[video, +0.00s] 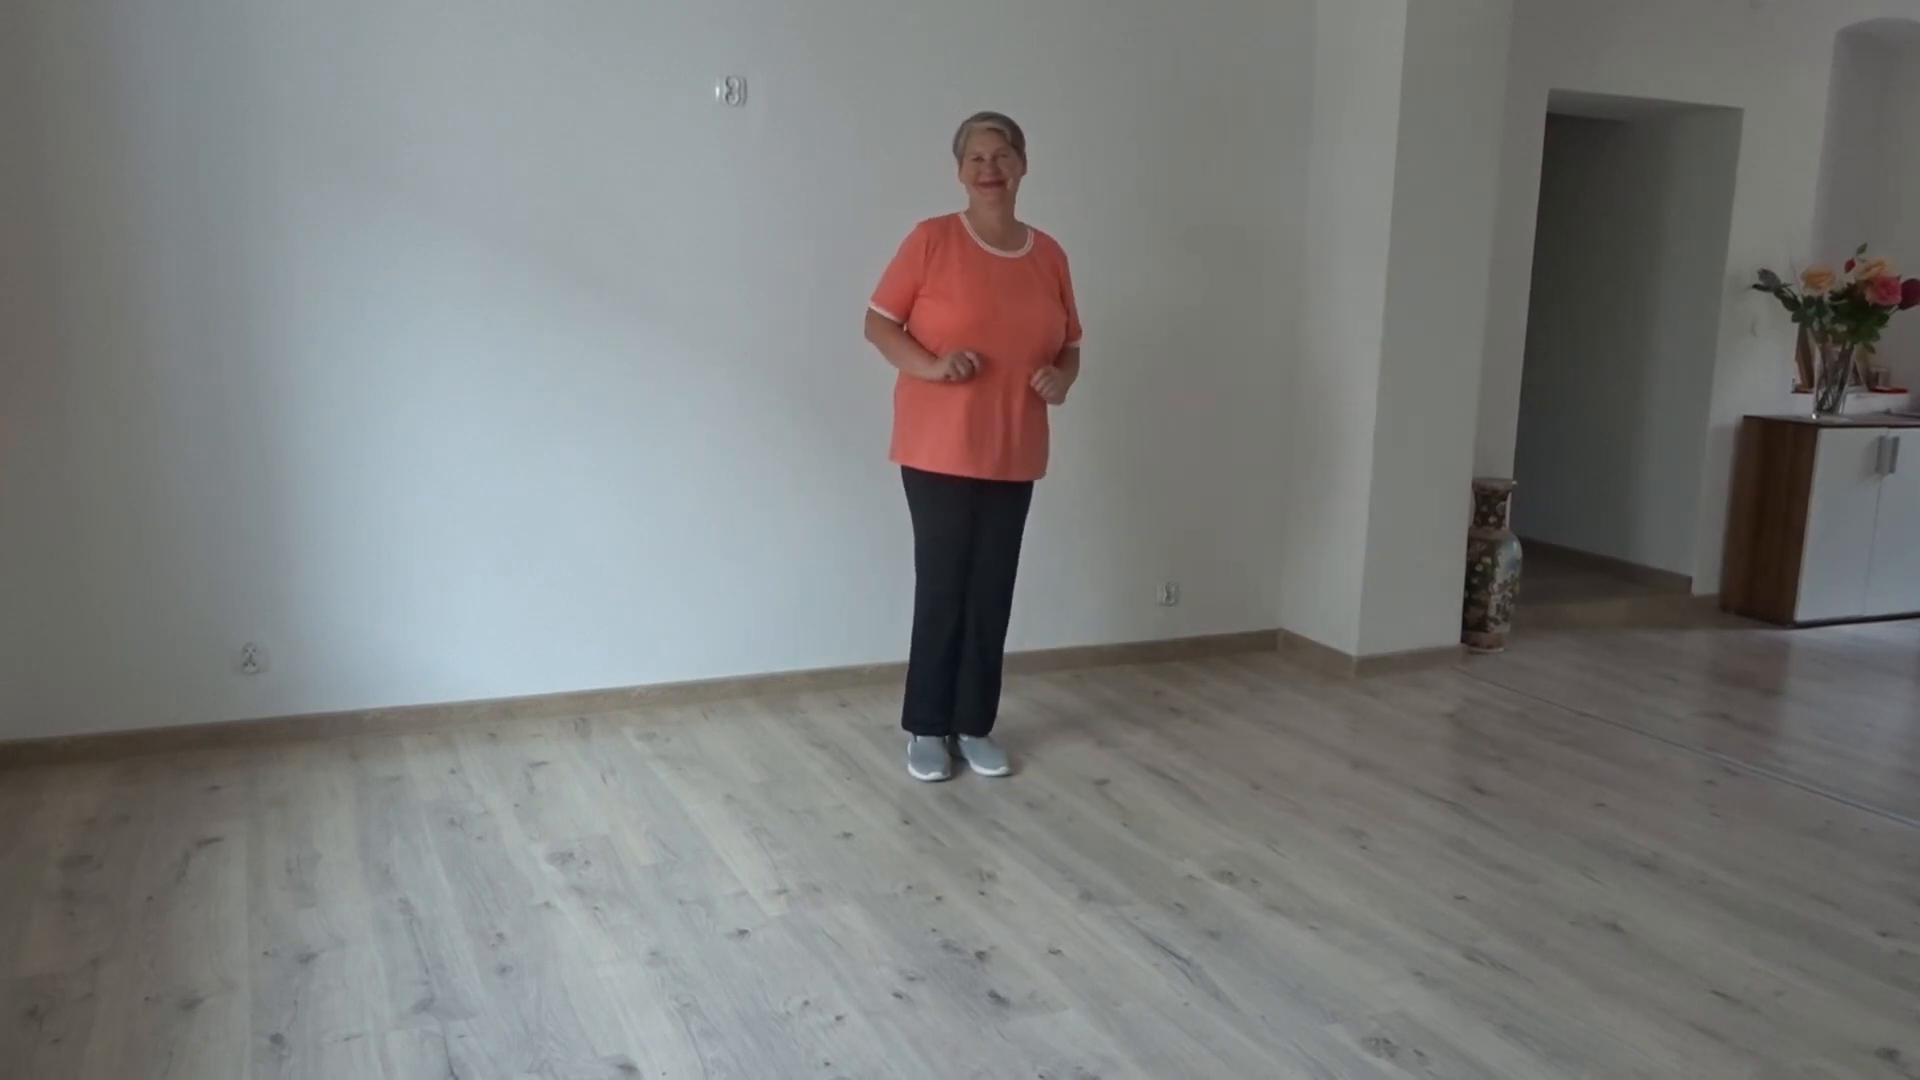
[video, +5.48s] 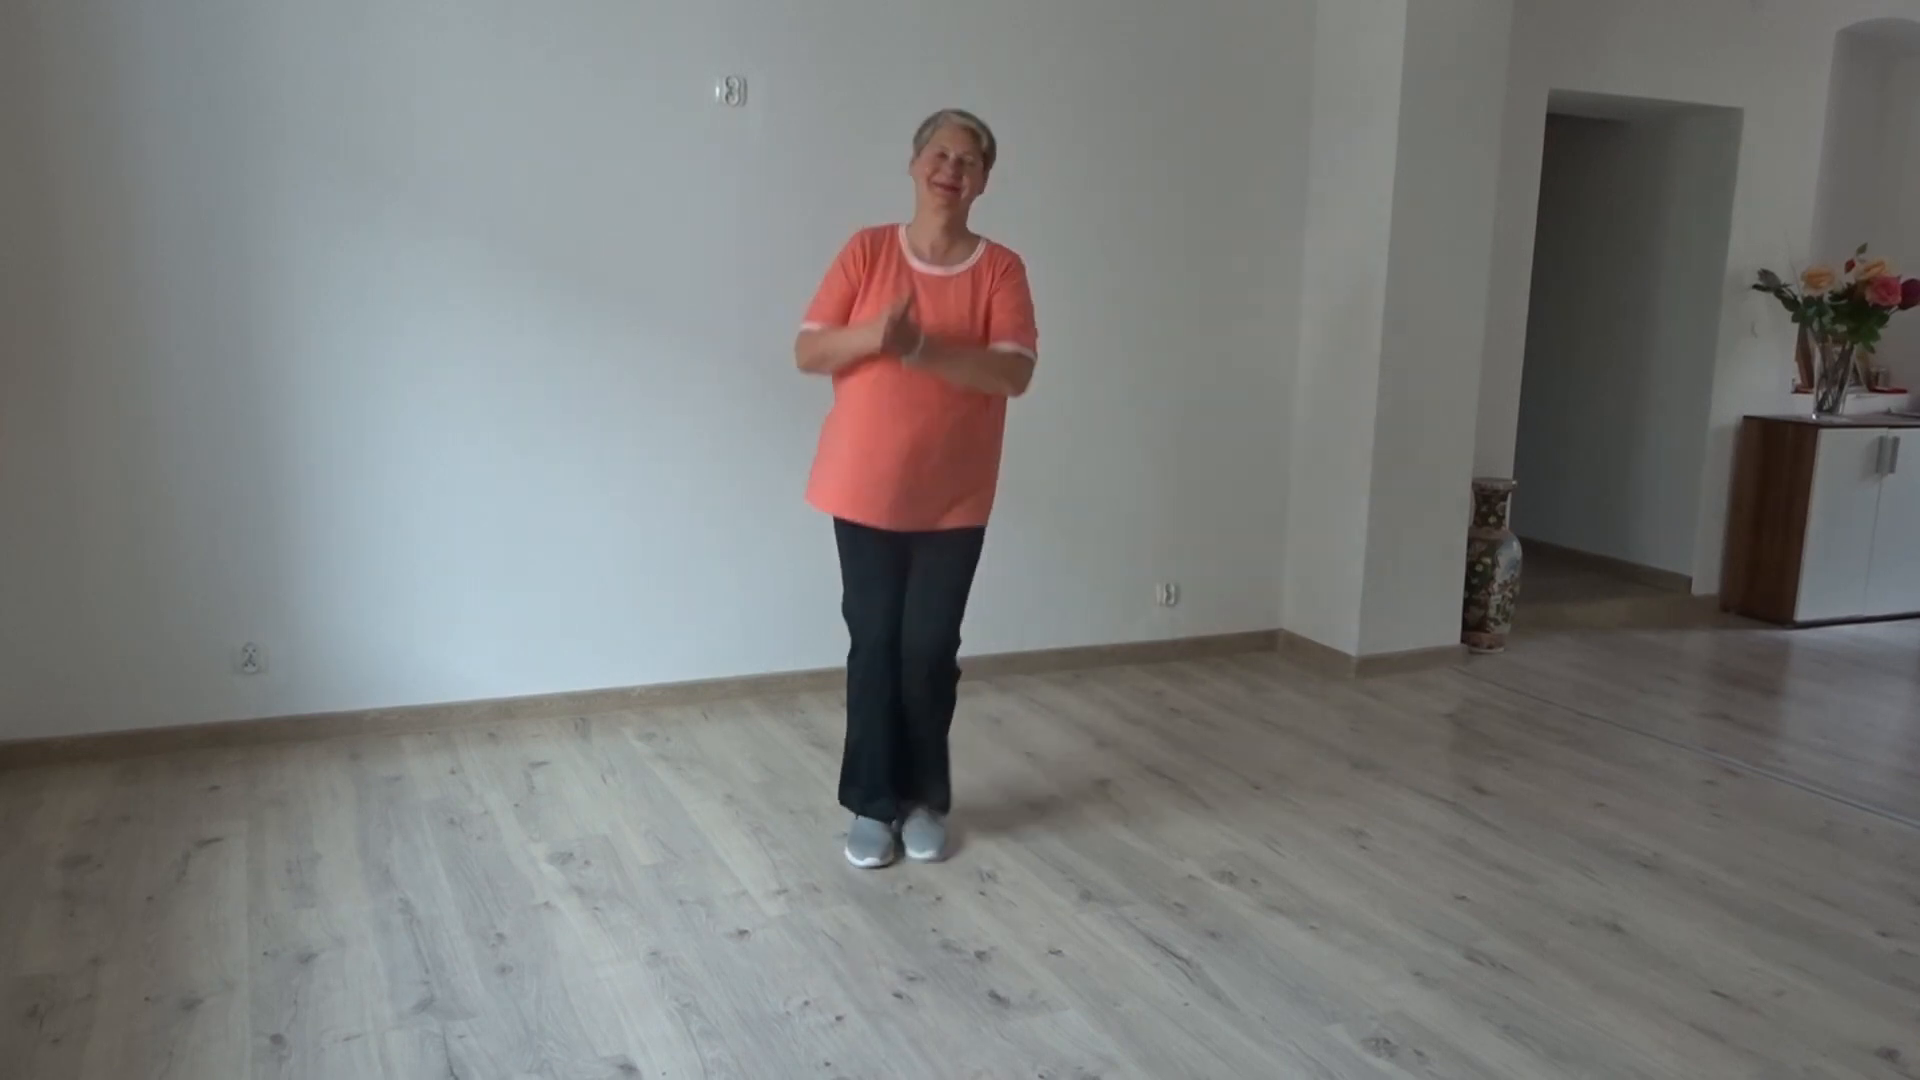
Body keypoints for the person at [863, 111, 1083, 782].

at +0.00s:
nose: (990, 166)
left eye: (1002, 155)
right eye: (977, 158)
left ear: (1023, 165)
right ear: (959, 171)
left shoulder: (1047, 254)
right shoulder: (931, 241)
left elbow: (1069, 342)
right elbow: (879, 323)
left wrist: (1060, 373)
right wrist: (929, 365)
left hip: (1013, 458)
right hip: (939, 456)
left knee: (991, 599)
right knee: (943, 594)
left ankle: (972, 728)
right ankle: (926, 730)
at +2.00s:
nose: (971, 168)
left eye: (983, 156)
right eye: (957, 159)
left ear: (1004, 166)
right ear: (940, 171)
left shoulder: (1028, 253)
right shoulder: (913, 243)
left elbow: (1047, 340)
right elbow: (864, 329)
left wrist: (1046, 377)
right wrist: (929, 374)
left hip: (1004, 459)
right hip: (933, 457)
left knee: (985, 600)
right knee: (939, 598)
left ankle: (970, 730)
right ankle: (925, 733)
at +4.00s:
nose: (983, 164)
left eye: (995, 154)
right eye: (970, 155)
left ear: (1014, 166)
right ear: (951, 170)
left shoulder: (1040, 254)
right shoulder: (921, 244)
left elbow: (1062, 341)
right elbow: (874, 329)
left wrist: (1056, 379)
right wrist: (929, 375)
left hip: (1009, 459)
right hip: (938, 456)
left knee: (988, 600)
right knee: (942, 597)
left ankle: (970, 730)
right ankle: (926, 732)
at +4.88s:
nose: (996, 178)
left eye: (1011, 169)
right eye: (986, 166)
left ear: (1034, 185)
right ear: (969, 177)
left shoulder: (1049, 274)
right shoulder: (927, 245)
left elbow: (1092, 357)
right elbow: (857, 299)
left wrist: (1101, 369)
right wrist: (848, 305)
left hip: (1002, 467)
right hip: (919, 457)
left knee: (985, 611)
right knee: (908, 614)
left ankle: (972, 735)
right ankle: (876, 777)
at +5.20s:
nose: (967, 166)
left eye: (985, 159)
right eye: (958, 153)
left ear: (1007, 181)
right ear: (939, 165)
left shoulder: (1014, 273)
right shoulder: (888, 235)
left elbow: (1034, 370)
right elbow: (813, 314)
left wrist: (1047, 282)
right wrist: (836, 234)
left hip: (963, 467)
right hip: (874, 457)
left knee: (976, 620)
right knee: (882, 632)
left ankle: (969, 720)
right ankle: (873, 803)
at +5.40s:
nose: (955, 159)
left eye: (973, 151)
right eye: (945, 146)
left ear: (993, 171)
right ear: (922, 156)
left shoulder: (1003, 261)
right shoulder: (874, 235)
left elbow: (1012, 364)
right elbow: (810, 328)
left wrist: (957, 307)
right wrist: (872, 290)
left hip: (955, 481)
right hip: (867, 472)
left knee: (942, 638)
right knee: (877, 639)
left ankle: (939, 766)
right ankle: (869, 804)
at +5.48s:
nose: (951, 169)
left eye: (967, 161)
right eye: (940, 155)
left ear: (983, 181)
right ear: (914, 165)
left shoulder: (1000, 268)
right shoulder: (867, 251)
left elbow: (1015, 373)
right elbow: (809, 349)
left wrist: (924, 350)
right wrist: (871, 335)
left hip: (954, 500)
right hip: (865, 494)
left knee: (930, 654)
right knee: (874, 650)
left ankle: (925, 804)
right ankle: (870, 808)